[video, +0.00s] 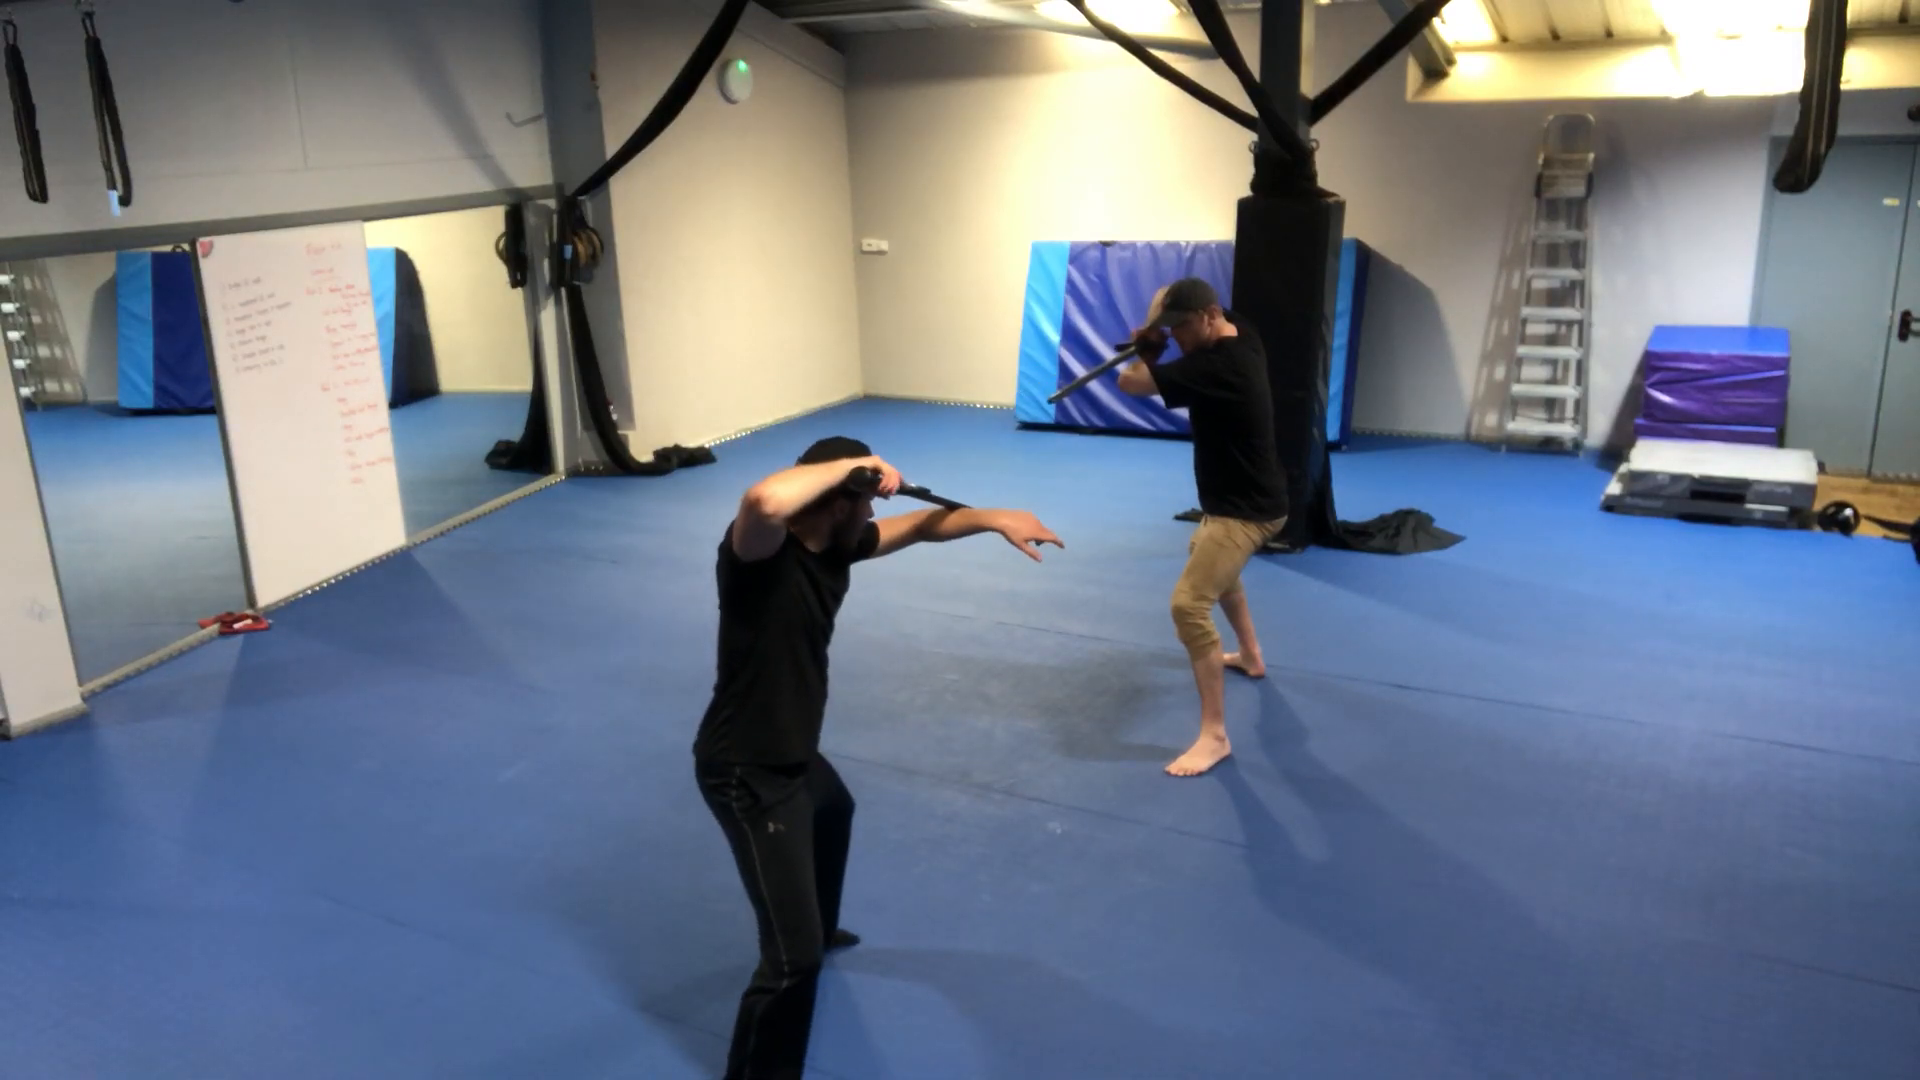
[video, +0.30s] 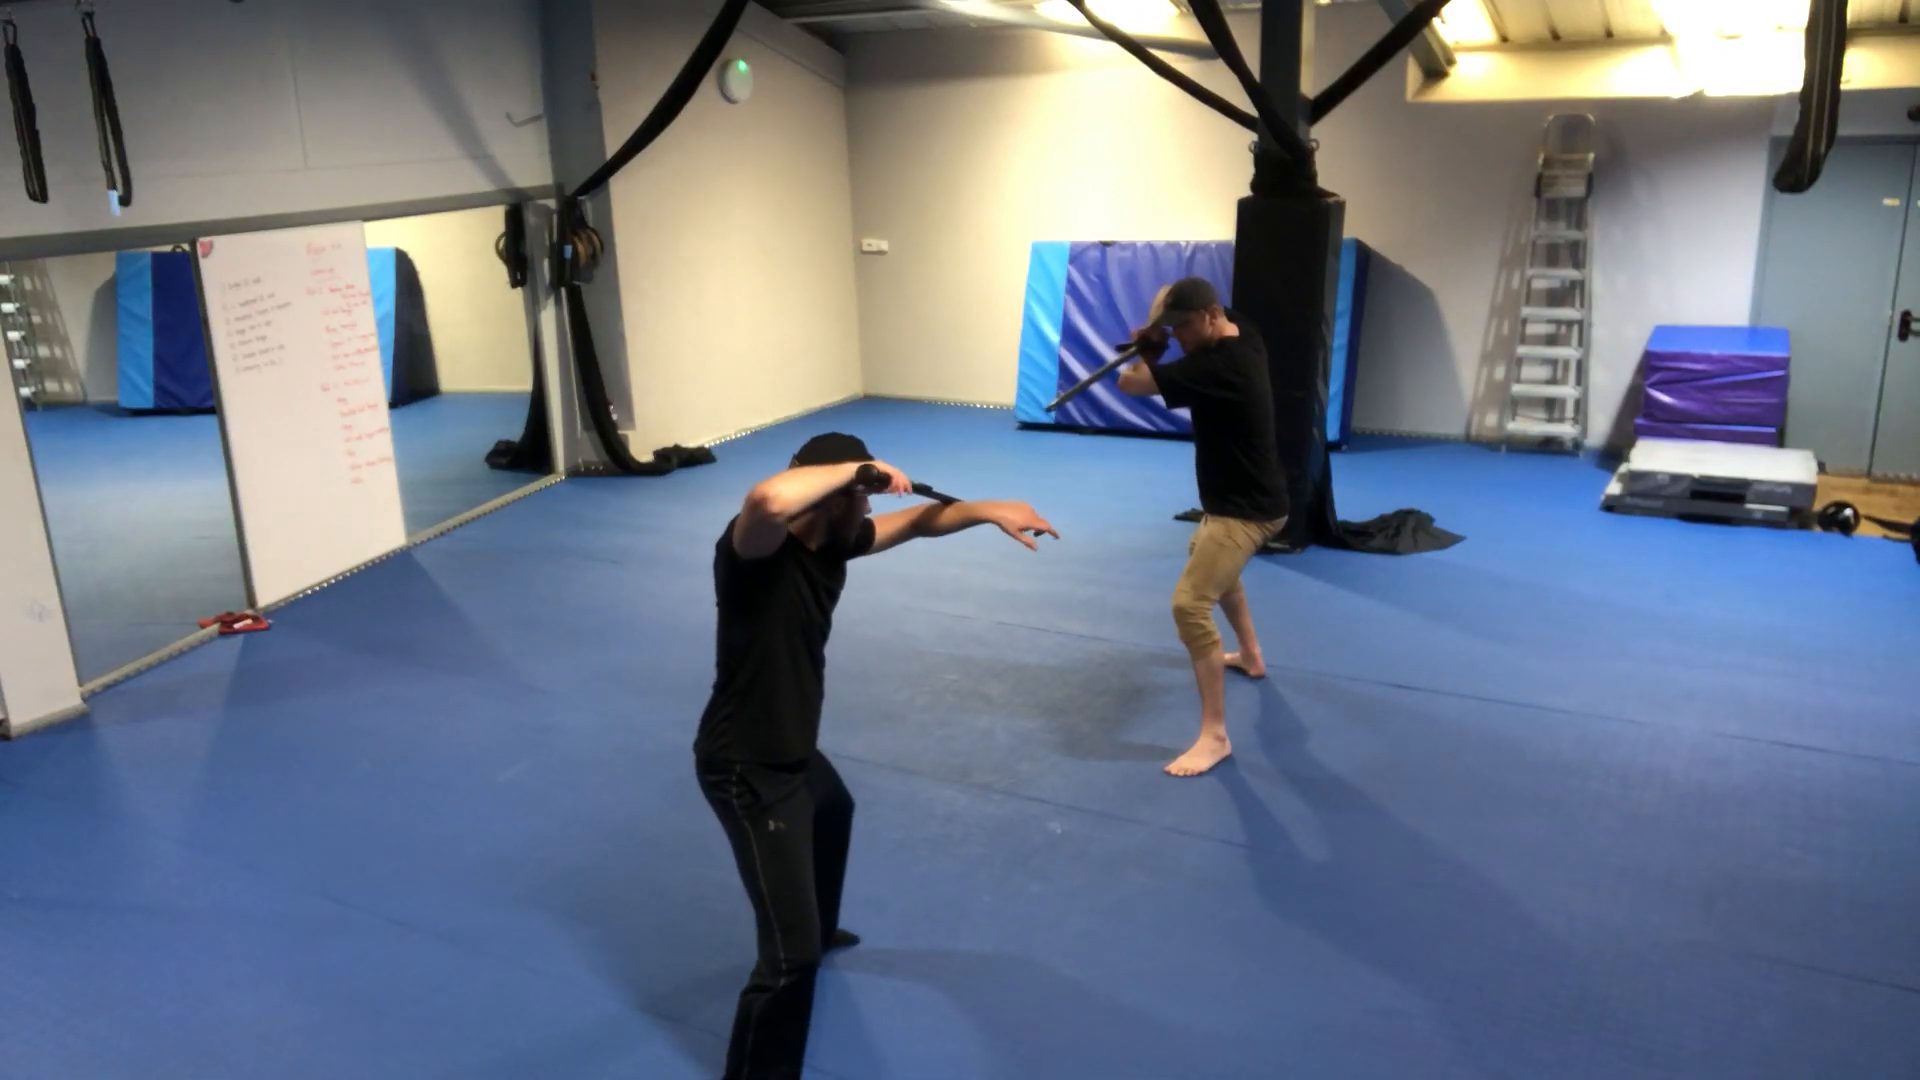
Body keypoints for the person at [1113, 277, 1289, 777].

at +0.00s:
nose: (1178, 341)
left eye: (1181, 332)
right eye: (1175, 332)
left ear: (1207, 319)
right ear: (1211, 317)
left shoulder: (1215, 364)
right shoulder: (1240, 340)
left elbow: (1131, 381)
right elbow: (1177, 296)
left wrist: (1149, 350)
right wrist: (1153, 326)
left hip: (1244, 512)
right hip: (1234, 501)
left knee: (1190, 607)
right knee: (1207, 555)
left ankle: (1214, 734)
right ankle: (1250, 653)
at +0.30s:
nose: (1179, 340)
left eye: (1183, 332)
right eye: (1176, 332)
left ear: (1210, 319)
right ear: (1213, 317)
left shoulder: (1215, 365)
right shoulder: (1243, 341)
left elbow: (1132, 381)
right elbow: (1176, 296)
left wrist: (1150, 349)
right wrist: (1155, 325)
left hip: (1244, 512)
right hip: (1235, 501)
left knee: (1191, 607)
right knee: (1208, 557)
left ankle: (1214, 734)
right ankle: (1250, 653)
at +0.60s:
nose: (1179, 331)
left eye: (1183, 322)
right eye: (1176, 322)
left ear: (1211, 312)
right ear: (1214, 311)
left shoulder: (1220, 359)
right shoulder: (1242, 336)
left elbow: (1134, 382)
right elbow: (1189, 294)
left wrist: (1136, 339)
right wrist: (1150, 313)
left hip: (1244, 508)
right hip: (1238, 498)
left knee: (1194, 608)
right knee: (1208, 559)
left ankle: (1214, 734)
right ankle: (1250, 653)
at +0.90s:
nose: (1182, 315)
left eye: (1190, 307)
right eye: (1179, 307)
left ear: (1218, 301)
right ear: (1210, 303)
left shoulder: (1210, 352)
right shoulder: (1234, 332)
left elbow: (1150, 411)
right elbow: (1163, 345)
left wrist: (1105, 382)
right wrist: (1112, 349)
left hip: (1240, 501)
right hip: (1244, 491)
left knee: (1191, 603)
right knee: (1213, 575)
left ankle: (1212, 728)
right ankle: (1264, 651)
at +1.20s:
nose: (1181, 312)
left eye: (1192, 303)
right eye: (1174, 302)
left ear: (1215, 301)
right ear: (1164, 302)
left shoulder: (1238, 338)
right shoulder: (1158, 356)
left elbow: (1179, 359)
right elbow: (1115, 436)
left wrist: (1097, 358)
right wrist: (1087, 372)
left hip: (1223, 510)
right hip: (1168, 507)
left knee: (1181, 635)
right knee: (1163, 625)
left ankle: (1206, 734)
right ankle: (1229, 630)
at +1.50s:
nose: (1124, 316)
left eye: (1133, 305)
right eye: (1113, 306)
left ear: (1151, 299)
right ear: (1099, 304)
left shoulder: (1177, 339)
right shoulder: (1084, 366)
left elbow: (1187, 376)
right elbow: (1093, 457)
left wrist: (1113, 399)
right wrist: (1083, 415)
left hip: (1176, 534)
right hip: (1106, 536)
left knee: (1192, 666)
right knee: (1073, 663)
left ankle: (1171, 731)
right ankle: (1030, 788)